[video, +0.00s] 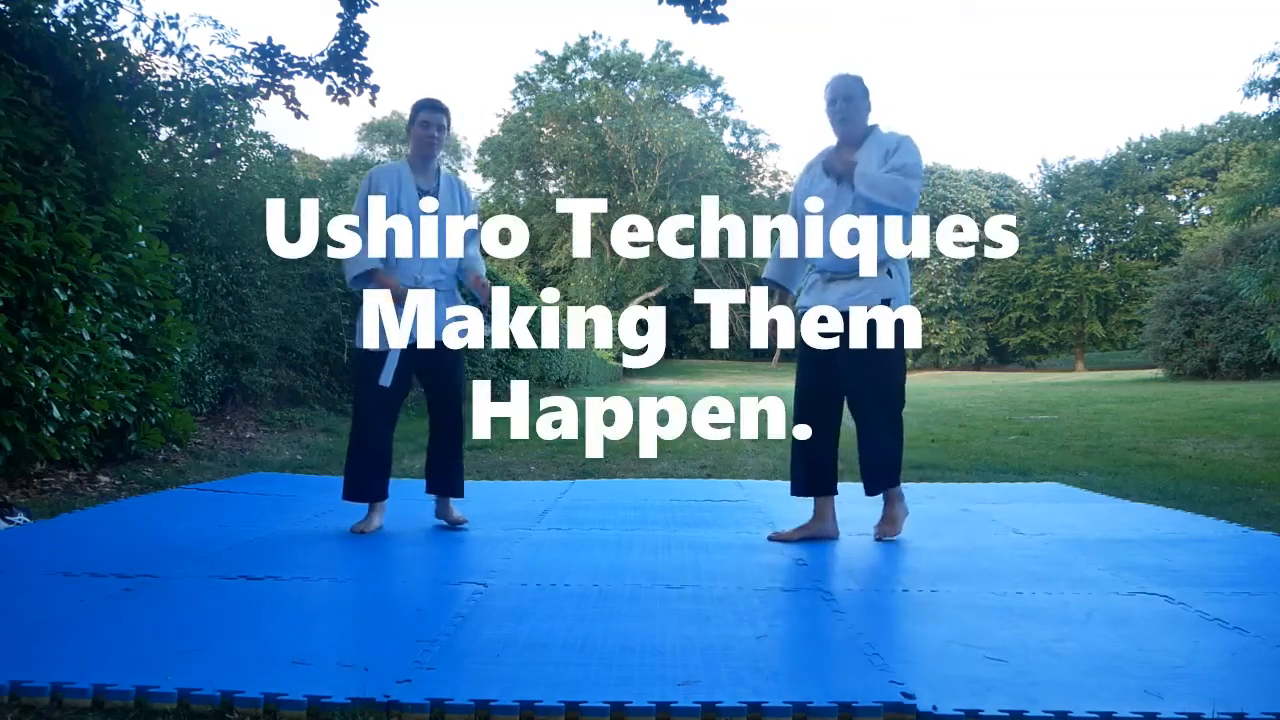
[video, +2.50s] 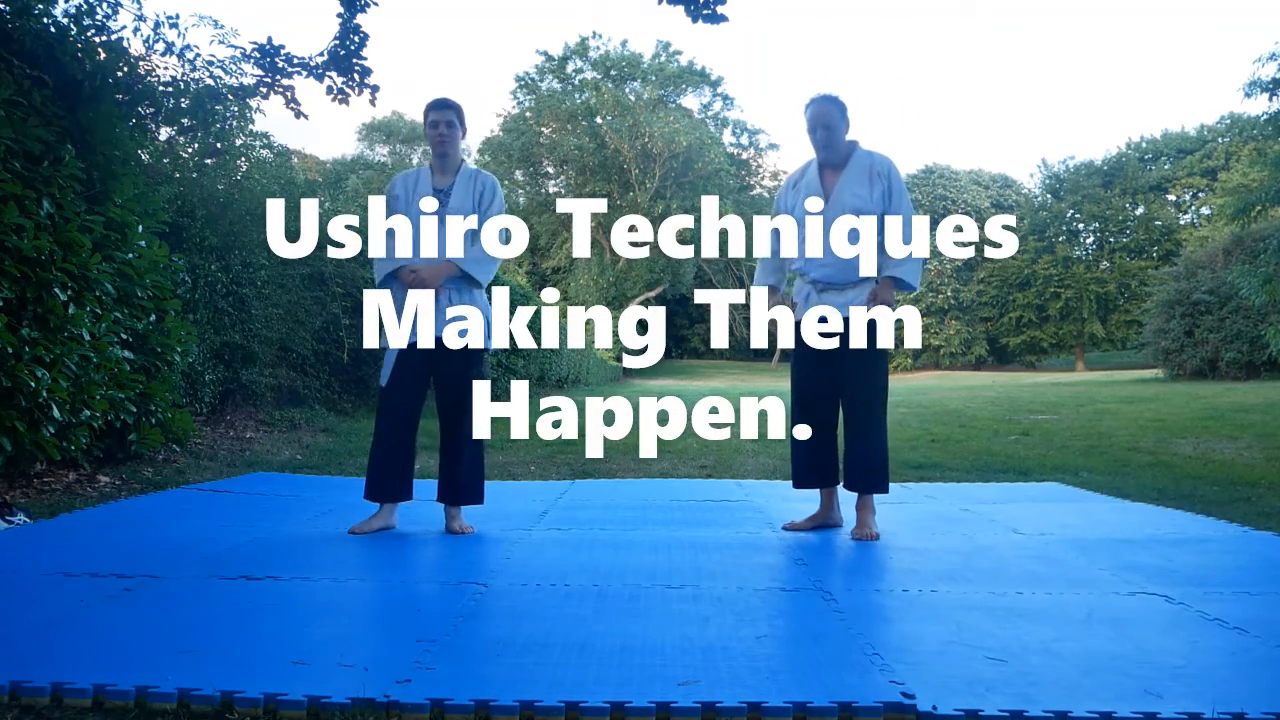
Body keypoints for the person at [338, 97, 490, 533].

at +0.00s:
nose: (432, 133)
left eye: (439, 128)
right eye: (426, 125)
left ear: (447, 137)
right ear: (409, 130)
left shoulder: (459, 190)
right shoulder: (381, 178)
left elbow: (470, 248)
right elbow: (358, 240)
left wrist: (478, 279)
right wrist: (384, 279)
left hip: (442, 313)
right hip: (386, 310)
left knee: (448, 406)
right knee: (376, 407)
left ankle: (445, 500)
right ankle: (376, 505)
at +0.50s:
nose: (471, 131)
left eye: (479, 126)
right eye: (464, 124)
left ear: (489, 137)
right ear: (450, 130)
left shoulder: (500, 190)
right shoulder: (417, 179)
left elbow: (504, 252)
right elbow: (395, 239)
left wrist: (457, 265)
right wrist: (424, 274)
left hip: (470, 312)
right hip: (415, 308)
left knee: (462, 410)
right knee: (396, 401)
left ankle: (455, 508)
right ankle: (383, 504)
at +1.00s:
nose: (464, 128)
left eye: (472, 123)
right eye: (458, 121)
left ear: (485, 133)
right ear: (446, 130)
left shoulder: (503, 188)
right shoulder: (419, 183)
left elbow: (516, 253)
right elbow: (394, 246)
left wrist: (474, 278)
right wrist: (421, 277)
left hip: (475, 318)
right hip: (420, 315)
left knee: (466, 415)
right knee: (404, 409)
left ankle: (455, 509)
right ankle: (388, 508)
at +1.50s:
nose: (455, 127)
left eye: (463, 122)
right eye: (448, 121)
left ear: (476, 133)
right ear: (438, 130)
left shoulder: (498, 188)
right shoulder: (410, 183)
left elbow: (517, 249)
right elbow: (386, 238)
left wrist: (492, 283)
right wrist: (397, 277)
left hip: (470, 313)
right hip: (415, 310)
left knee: (463, 412)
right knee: (400, 408)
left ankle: (455, 509)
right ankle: (387, 508)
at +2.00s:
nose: (458, 130)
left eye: (466, 125)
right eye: (452, 123)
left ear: (478, 135)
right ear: (440, 131)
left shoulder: (498, 189)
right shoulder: (412, 183)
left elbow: (510, 258)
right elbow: (396, 243)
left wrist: (483, 293)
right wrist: (404, 287)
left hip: (471, 314)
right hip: (415, 308)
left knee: (463, 411)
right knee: (401, 406)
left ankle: (455, 509)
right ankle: (387, 508)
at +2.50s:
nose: (441, 132)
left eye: (448, 125)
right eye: (434, 126)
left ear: (462, 132)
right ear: (424, 134)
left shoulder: (485, 185)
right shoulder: (402, 184)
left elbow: (489, 249)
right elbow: (386, 250)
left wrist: (443, 270)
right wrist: (415, 281)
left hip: (462, 316)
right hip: (408, 315)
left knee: (459, 413)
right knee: (396, 409)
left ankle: (454, 511)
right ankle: (387, 509)